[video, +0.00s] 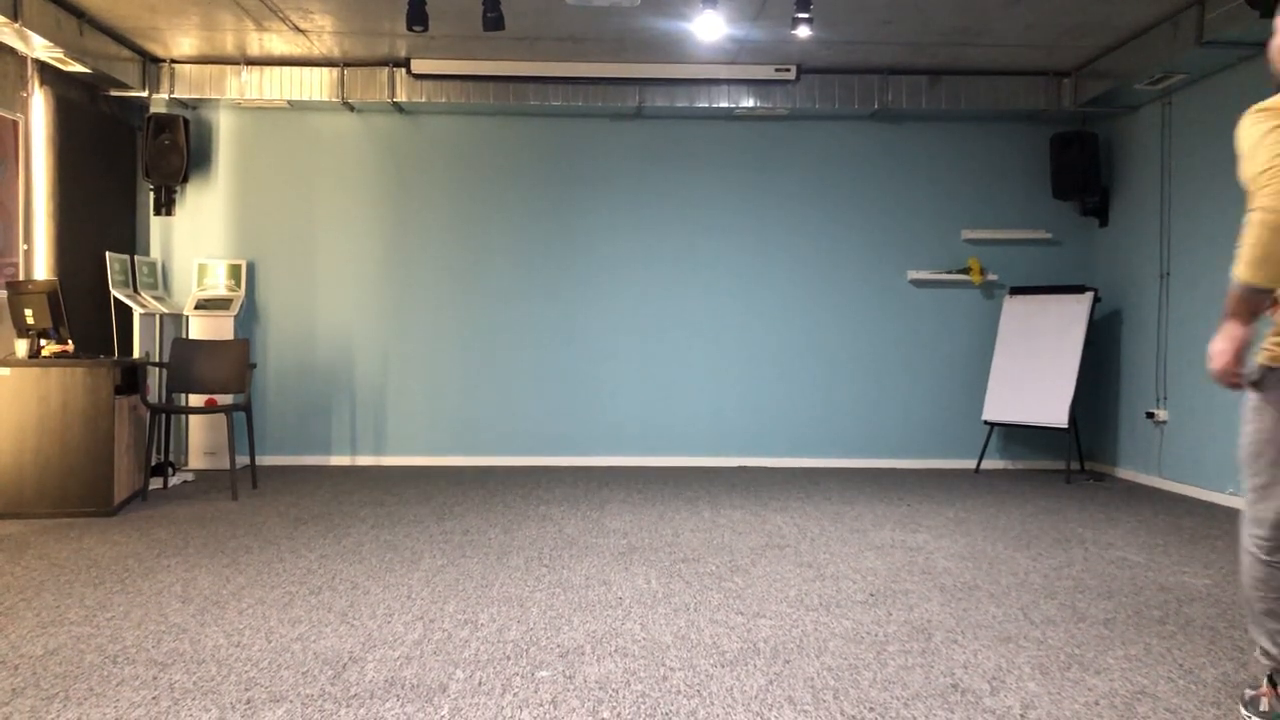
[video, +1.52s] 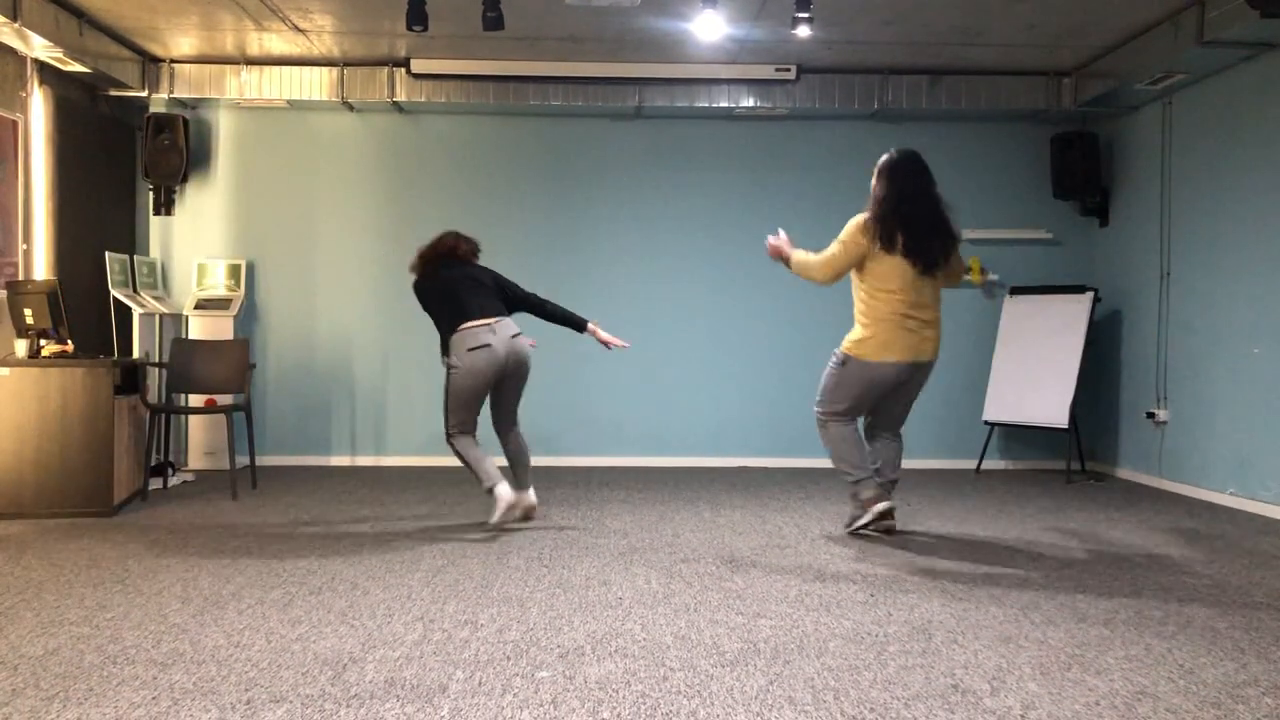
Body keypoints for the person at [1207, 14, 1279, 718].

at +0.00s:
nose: (1269, 44)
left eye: (1270, 30)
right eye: (1271, 31)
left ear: (1276, 43)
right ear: (1276, 48)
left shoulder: (1264, 119)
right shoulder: (1260, 121)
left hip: (1278, 357)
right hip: (1272, 356)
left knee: (1266, 516)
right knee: (1261, 513)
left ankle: (1272, 679)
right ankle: (1268, 675)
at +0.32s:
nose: (1159, 66)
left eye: (1165, 52)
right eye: (1162, 54)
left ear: (1183, 56)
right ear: (1261, 56)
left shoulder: (1149, 123)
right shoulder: (1267, 120)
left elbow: (1086, 228)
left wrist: (1101, 265)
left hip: (1197, 323)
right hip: (1270, 320)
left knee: (1240, 495)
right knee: (1237, 470)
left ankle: (1274, 668)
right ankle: (1194, 597)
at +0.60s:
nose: (1097, 113)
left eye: (1102, 105)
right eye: (1099, 105)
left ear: (1114, 109)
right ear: (1178, 110)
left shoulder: (1079, 163)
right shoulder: (1209, 167)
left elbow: (1041, 246)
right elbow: (1254, 257)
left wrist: (1027, 308)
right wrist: (1245, 325)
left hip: (1120, 345)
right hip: (1204, 344)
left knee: (1090, 466)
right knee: (1170, 477)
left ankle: (1151, 565)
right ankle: (1165, 602)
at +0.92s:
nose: (992, 159)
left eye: (997, 152)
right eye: (995, 150)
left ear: (1013, 160)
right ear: (1059, 161)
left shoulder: (995, 200)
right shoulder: (1083, 202)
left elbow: (967, 245)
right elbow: (1127, 259)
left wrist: (937, 293)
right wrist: (1083, 291)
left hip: (1009, 357)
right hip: (1085, 353)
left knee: (976, 450)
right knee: (1105, 463)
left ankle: (959, 534)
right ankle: (1144, 576)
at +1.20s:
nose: (921, 192)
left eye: (926, 186)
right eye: (925, 185)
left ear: (932, 193)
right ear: (984, 196)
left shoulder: (917, 236)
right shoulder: (1002, 241)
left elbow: (893, 291)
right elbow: (1033, 299)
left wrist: (859, 338)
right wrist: (1008, 338)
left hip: (936, 365)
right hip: (995, 370)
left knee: (922, 456)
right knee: (962, 438)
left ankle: (955, 540)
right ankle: (985, 511)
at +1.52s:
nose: (871, 185)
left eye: (875, 179)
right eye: (873, 178)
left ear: (886, 186)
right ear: (921, 188)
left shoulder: (866, 228)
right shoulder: (932, 230)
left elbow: (824, 270)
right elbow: (953, 274)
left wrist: (788, 254)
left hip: (873, 349)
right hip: (921, 353)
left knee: (833, 415)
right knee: (886, 427)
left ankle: (870, 498)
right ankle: (882, 507)